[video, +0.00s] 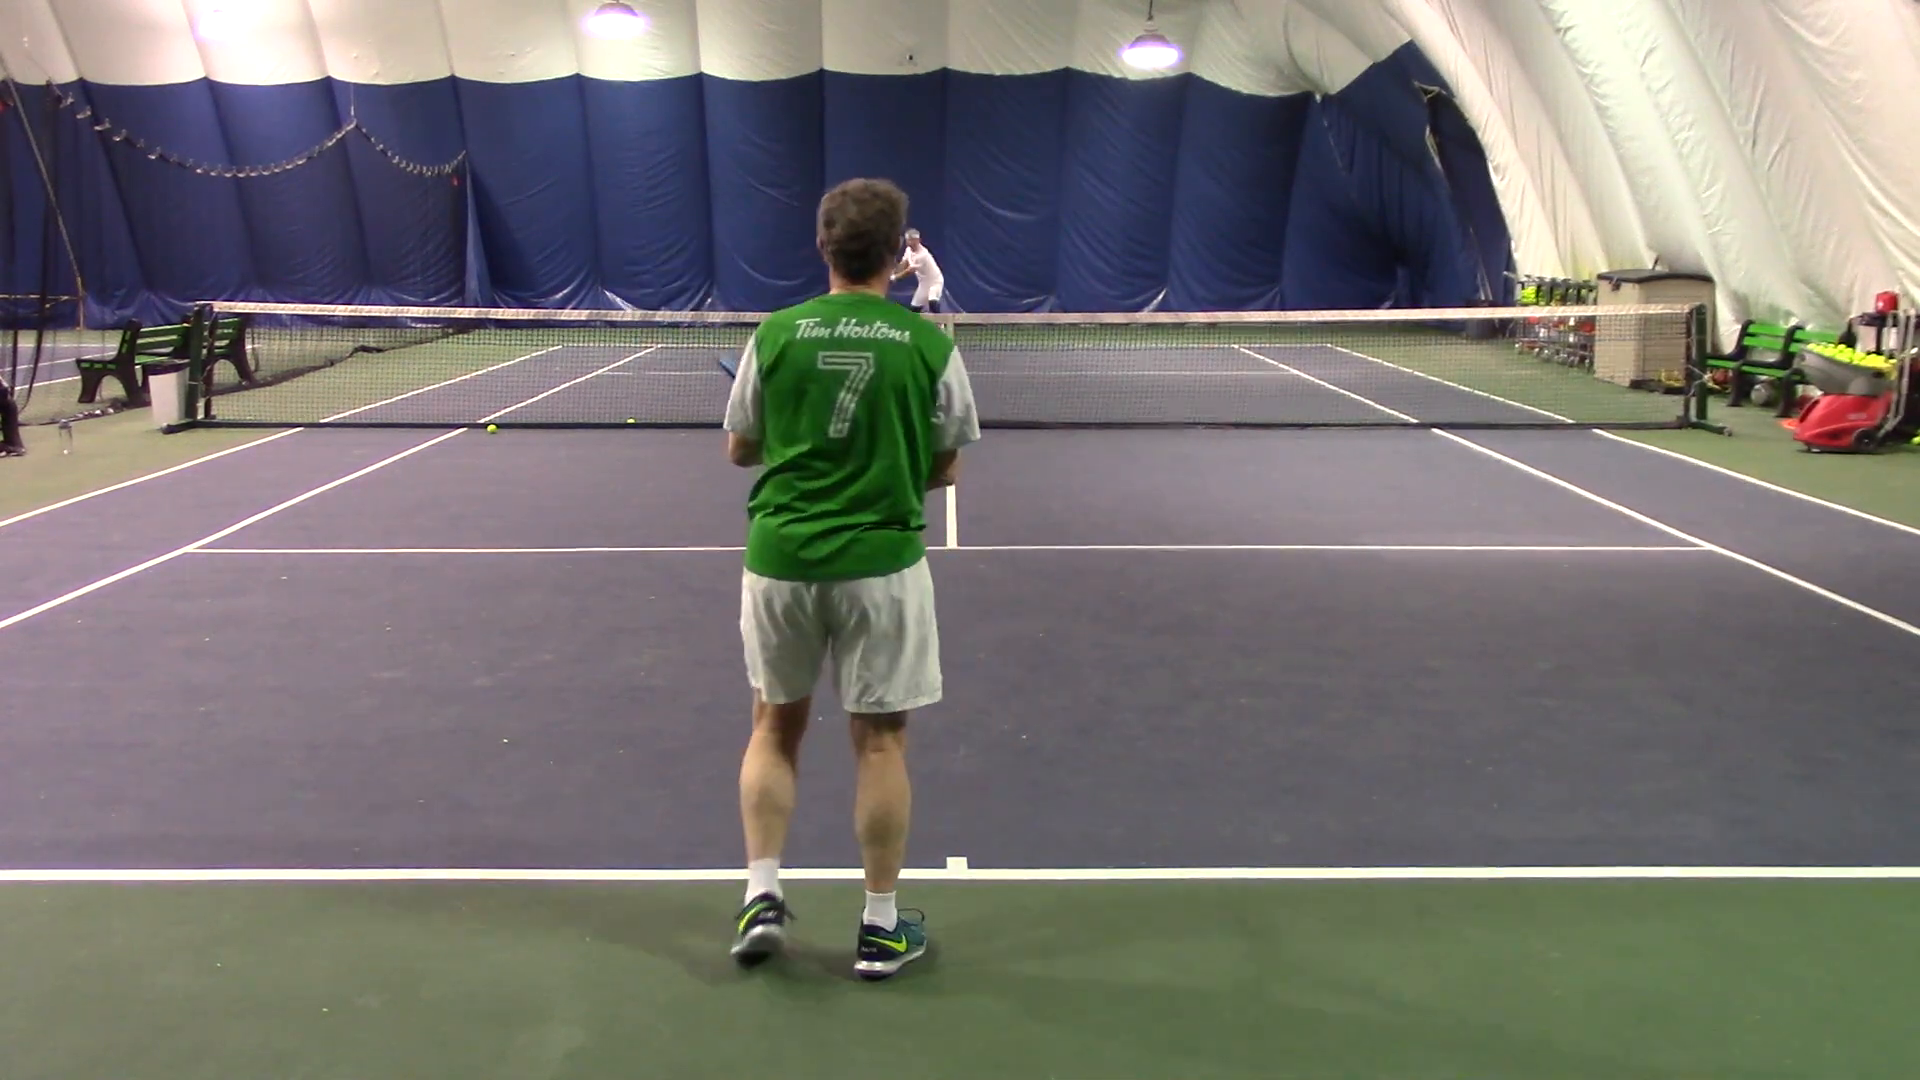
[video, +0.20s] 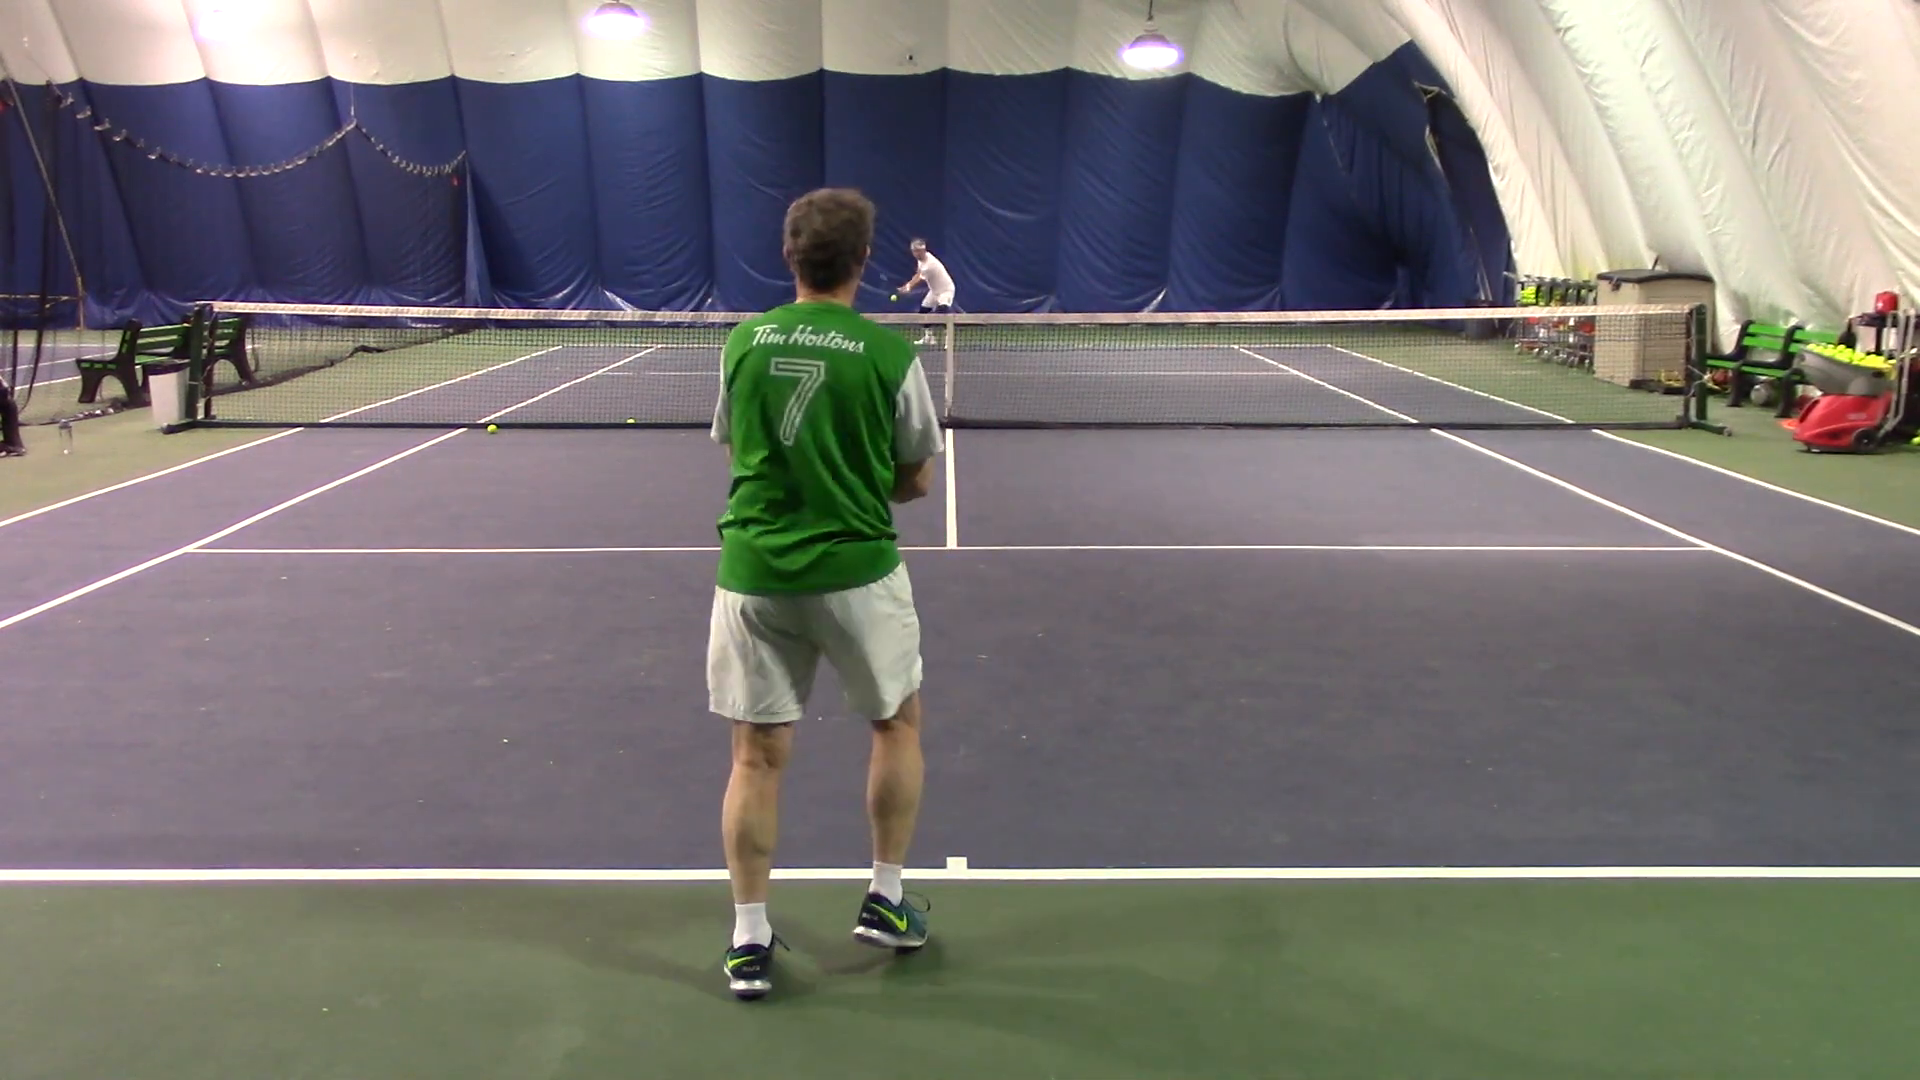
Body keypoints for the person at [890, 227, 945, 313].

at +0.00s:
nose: (911, 243)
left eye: (914, 240)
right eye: (909, 240)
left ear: (918, 240)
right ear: (907, 241)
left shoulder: (922, 255)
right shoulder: (908, 250)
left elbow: (910, 270)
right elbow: (903, 263)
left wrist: (895, 277)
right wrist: (893, 272)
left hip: (935, 280)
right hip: (923, 282)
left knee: (933, 301)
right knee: (915, 307)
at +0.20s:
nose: (918, 253)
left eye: (920, 250)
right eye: (915, 251)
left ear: (925, 250)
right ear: (912, 252)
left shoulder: (930, 264)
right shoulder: (920, 260)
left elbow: (919, 279)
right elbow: (918, 275)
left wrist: (908, 287)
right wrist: (908, 285)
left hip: (946, 289)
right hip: (934, 290)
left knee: (942, 309)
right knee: (924, 310)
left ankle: (948, 336)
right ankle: (929, 335)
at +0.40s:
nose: (932, 254)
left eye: (934, 251)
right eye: (929, 252)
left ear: (937, 250)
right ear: (925, 252)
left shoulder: (945, 257)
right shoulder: (922, 262)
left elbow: (942, 272)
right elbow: (921, 277)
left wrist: (929, 283)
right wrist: (919, 288)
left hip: (953, 283)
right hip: (939, 285)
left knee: (951, 306)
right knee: (940, 310)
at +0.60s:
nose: (938, 245)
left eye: (940, 242)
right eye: (936, 243)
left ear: (944, 241)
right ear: (932, 243)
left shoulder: (951, 247)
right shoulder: (928, 251)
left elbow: (965, 258)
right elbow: (933, 257)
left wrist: (961, 249)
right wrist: (949, 249)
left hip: (953, 282)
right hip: (938, 285)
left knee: (952, 307)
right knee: (945, 311)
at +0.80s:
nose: (944, 233)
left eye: (946, 230)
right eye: (941, 230)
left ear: (951, 230)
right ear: (937, 230)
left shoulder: (957, 241)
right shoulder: (934, 240)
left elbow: (971, 253)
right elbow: (942, 243)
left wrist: (966, 239)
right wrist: (955, 237)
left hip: (954, 277)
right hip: (938, 277)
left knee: (956, 306)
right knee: (938, 308)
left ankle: (956, 338)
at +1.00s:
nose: (949, 235)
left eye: (951, 232)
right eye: (946, 232)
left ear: (956, 233)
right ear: (943, 232)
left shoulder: (960, 245)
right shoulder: (938, 242)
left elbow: (974, 252)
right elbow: (945, 246)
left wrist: (966, 242)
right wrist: (957, 242)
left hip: (954, 280)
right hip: (937, 280)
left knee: (959, 307)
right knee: (932, 310)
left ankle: (959, 337)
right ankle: (939, 333)